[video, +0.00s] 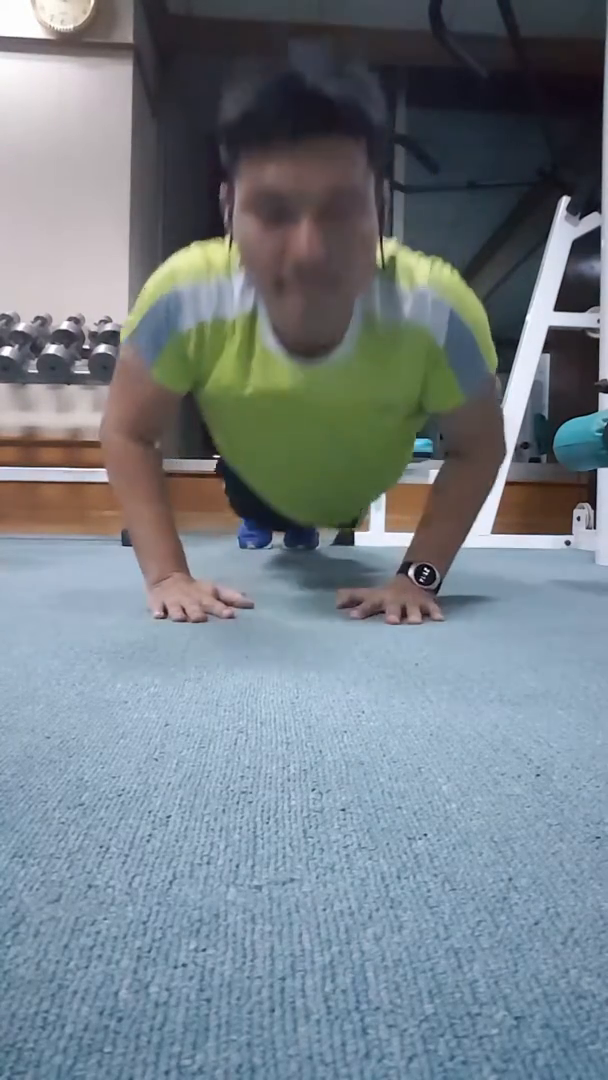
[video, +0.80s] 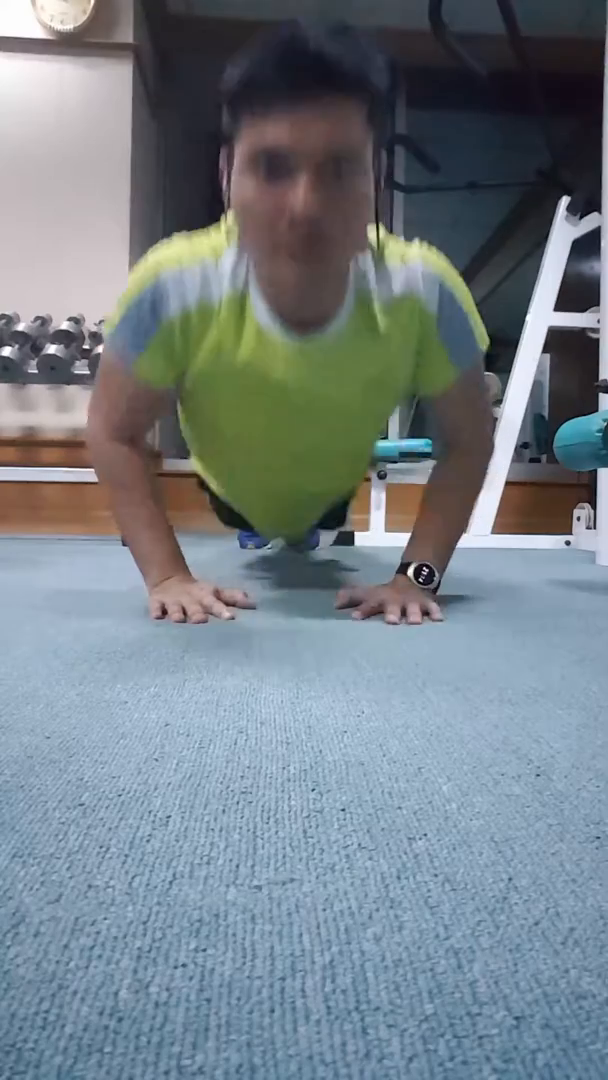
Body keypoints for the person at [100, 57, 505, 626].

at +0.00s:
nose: (309, 248)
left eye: (339, 211)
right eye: (275, 214)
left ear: (378, 203)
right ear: (229, 207)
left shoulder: (434, 305)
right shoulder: (184, 294)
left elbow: (478, 447)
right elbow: (127, 434)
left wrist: (418, 578)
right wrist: (167, 575)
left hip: (352, 484)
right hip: (251, 477)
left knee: (328, 512)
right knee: (259, 511)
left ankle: (310, 530)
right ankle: (263, 526)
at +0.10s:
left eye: (338, 276)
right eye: (271, 277)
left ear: (382, 262)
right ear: (222, 264)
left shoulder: (439, 349)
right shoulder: (170, 333)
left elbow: (486, 454)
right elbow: (119, 444)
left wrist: (419, 577)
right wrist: (167, 576)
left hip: (355, 506)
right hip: (241, 507)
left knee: (336, 536)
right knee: (258, 537)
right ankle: (264, 540)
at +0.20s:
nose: (301, 387)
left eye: (337, 346)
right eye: (266, 348)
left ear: (379, 324)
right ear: (215, 326)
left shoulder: (442, 391)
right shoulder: (160, 381)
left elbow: (494, 458)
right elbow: (108, 449)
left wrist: (421, 576)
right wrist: (166, 576)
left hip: (354, 519)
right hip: (232, 524)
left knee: (328, 550)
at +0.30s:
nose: (301, 454)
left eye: (337, 411)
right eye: (265, 412)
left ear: (380, 388)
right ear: (213, 387)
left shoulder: (448, 431)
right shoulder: (158, 419)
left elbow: (497, 461)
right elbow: (100, 449)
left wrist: (420, 577)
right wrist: (167, 576)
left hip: (358, 566)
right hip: (234, 562)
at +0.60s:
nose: (298, 384)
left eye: (335, 344)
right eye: (265, 344)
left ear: (380, 327)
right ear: (216, 325)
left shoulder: (437, 389)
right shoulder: (162, 391)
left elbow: (487, 456)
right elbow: (102, 451)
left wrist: (420, 577)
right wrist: (168, 577)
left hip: (352, 554)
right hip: (234, 559)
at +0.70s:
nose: (300, 286)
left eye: (334, 250)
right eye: (269, 249)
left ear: (376, 242)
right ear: (220, 244)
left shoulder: (429, 336)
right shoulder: (161, 339)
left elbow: (481, 451)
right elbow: (104, 447)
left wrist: (418, 577)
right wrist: (167, 577)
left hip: (343, 518)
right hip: (226, 520)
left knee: (329, 533)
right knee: (244, 533)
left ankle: (303, 547)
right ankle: (256, 544)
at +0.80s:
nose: (305, 205)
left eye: (337, 171)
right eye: (273, 169)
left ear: (376, 178)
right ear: (228, 174)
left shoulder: (419, 289)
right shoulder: (170, 284)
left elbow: (468, 439)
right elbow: (111, 435)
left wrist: (417, 577)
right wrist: (167, 578)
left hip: (334, 488)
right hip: (230, 492)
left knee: (327, 521)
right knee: (248, 527)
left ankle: (322, 529)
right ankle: (266, 536)